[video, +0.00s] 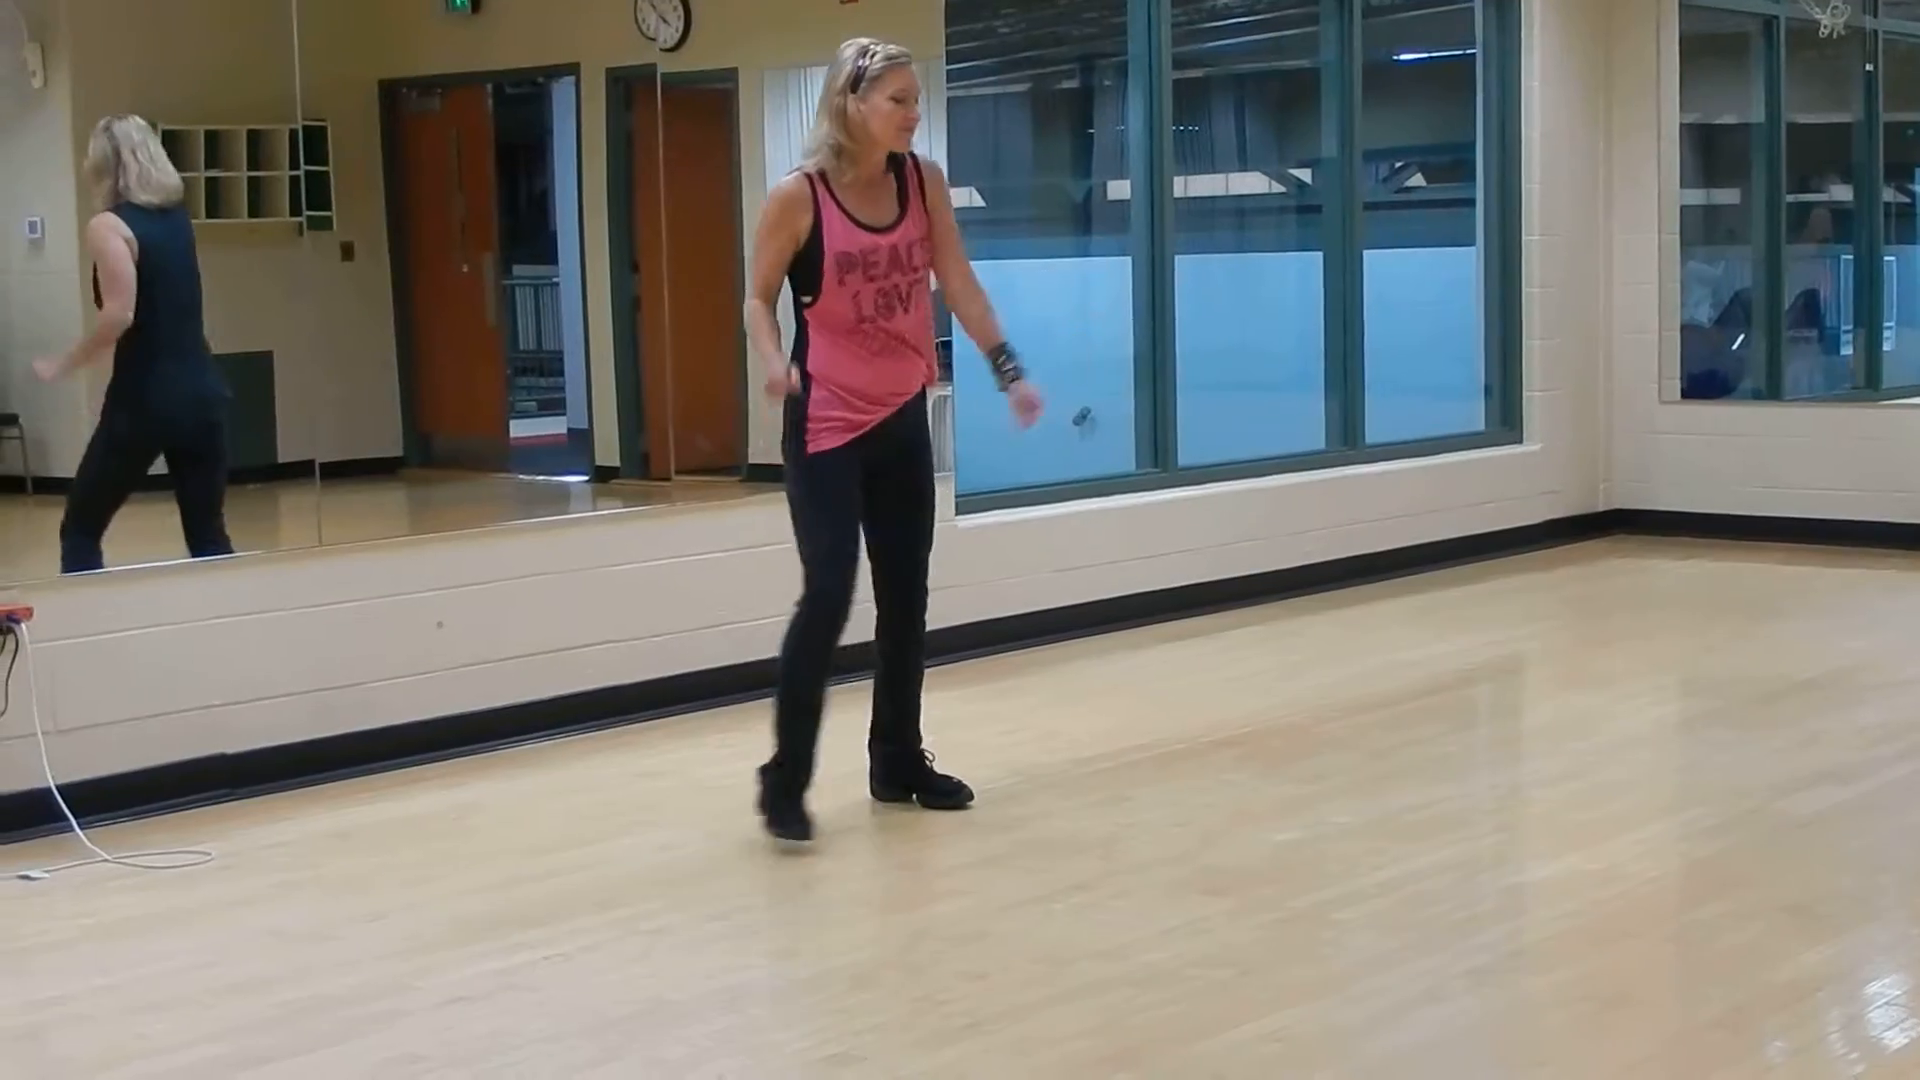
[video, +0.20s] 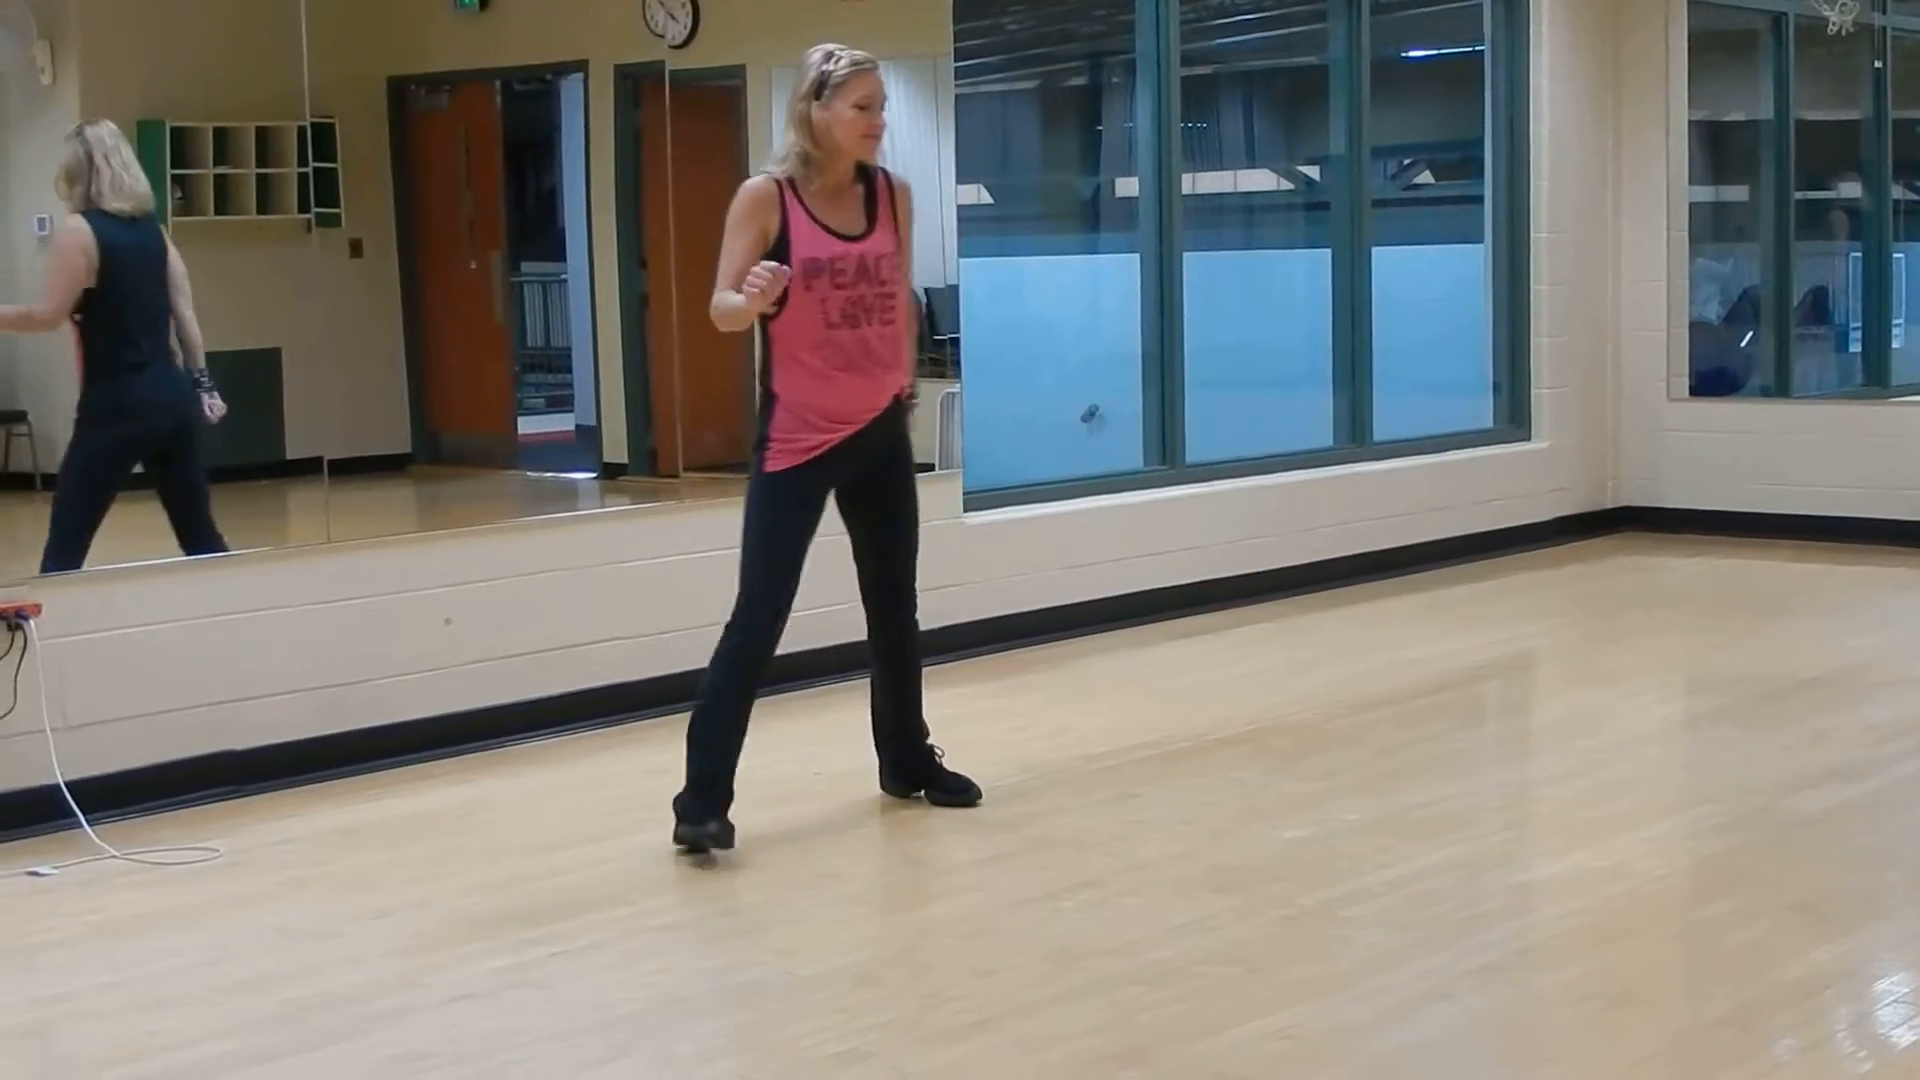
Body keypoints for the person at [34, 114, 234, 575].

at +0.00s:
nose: (89, 172)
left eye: (93, 162)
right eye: (90, 162)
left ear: (108, 166)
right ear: (152, 159)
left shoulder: (109, 226)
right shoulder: (177, 219)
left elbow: (119, 314)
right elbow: (183, 307)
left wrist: (64, 363)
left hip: (144, 401)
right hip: (199, 395)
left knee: (79, 532)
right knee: (208, 534)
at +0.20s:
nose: (61, 177)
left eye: (65, 167)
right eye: (63, 166)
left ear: (77, 172)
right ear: (127, 168)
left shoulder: (79, 231)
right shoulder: (154, 232)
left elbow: (49, 316)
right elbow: (183, 311)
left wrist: (4, 316)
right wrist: (203, 382)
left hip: (112, 411)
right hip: (170, 405)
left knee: (67, 539)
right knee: (198, 531)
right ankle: (249, 629)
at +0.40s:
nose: (25, 166)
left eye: (29, 157)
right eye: (28, 157)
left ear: (38, 161)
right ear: (92, 158)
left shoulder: (25, 221)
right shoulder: (116, 224)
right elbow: (164, 296)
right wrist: (158, 372)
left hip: (56, 404)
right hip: (118, 400)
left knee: (26, 544)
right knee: (132, 527)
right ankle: (202, 603)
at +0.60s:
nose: (11, 176)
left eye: (15, 167)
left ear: (20, 173)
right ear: (78, 167)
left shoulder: (13, 237)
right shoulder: (110, 231)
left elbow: (6, 314)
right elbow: (153, 307)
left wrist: (17, 337)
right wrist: (125, 365)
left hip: (32, 408)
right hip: (97, 409)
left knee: (24, 542)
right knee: (52, 534)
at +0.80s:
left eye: (14, 174)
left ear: (19, 180)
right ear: (78, 175)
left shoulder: (13, 246)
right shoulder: (106, 241)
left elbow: (5, 340)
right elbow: (131, 324)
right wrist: (77, 319)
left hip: (32, 424)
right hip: (97, 418)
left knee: (31, 557)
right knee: (65, 551)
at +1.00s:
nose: (0, 210)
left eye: (3, 199)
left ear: (8, 204)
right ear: (58, 202)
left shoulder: (9, 271)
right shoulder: (81, 265)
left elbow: (11, 362)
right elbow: (98, 352)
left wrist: (13, 445)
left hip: (50, 459)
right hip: (115, 449)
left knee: (5, 596)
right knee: (120, 591)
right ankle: (157, 702)